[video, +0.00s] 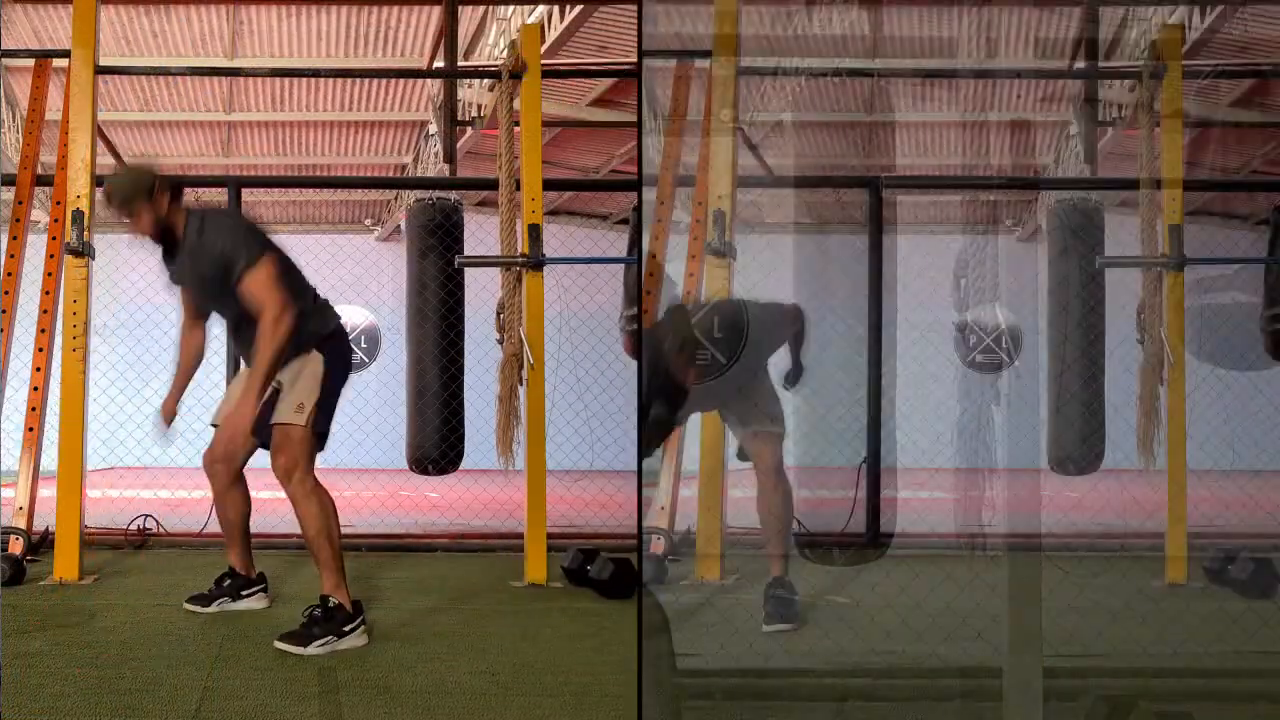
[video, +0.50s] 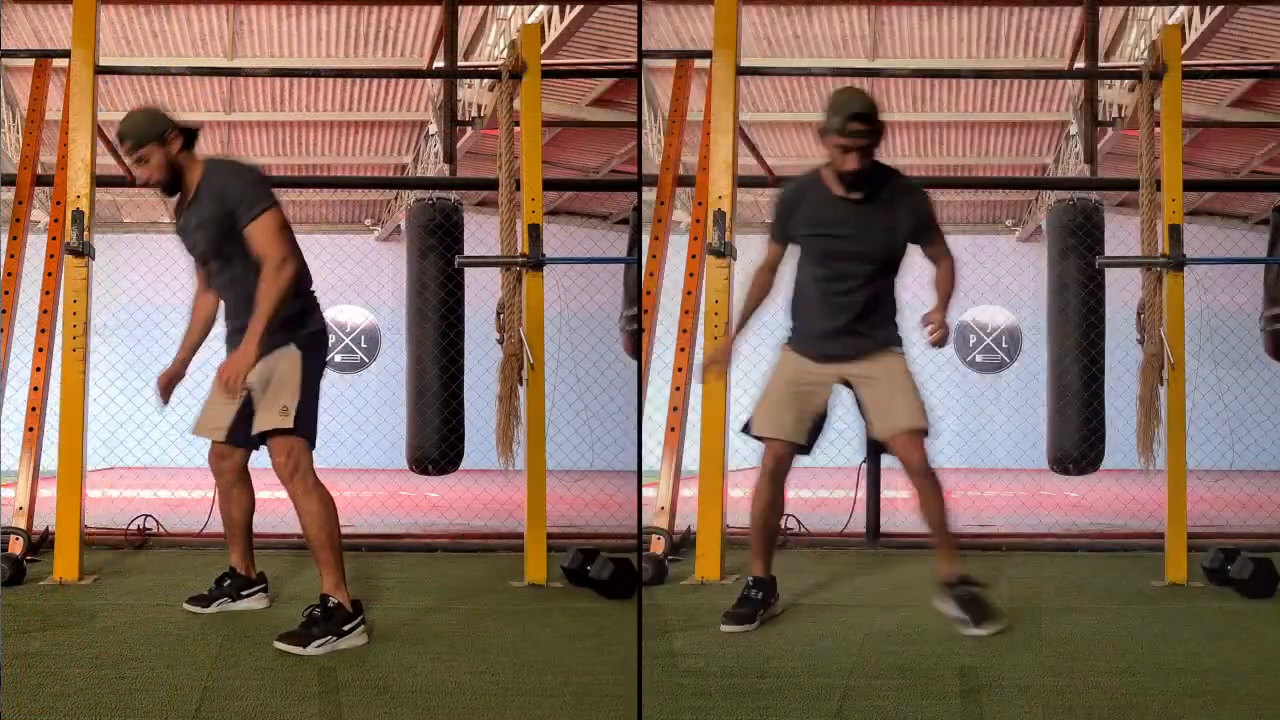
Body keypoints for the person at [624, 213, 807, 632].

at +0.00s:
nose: (692, 375)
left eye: (703, 369)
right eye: (687, 367)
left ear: (730, 354)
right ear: (674, 349)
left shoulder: (757, 325)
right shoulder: (655, 343)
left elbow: (796, 315)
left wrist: (796, 362)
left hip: (743, 379)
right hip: (676, 387)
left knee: (771, 463)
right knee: (637, 456)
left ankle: (778, 582)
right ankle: (644, 554)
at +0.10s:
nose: (717, 292)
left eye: (726, 283)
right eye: (710, 281)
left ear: (742, 276)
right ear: (697, 271)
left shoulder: (778, 286)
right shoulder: (673, 302)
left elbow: (823, 305)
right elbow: (645, 358)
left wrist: (829, 368)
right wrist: (642, 416)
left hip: (761, 375)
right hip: (690, 374)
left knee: (783, 464)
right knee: (636, 458)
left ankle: (779, 585)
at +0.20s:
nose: (757, 222)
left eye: (767, 212)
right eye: (748, 210)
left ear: (783, 202)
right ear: (731, 198)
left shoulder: (815, 230)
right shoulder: (705, 238)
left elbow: (861, 266)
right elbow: (672, 312)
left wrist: (862, 333)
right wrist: (641, 373)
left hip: (791, 358)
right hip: (721, 356)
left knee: (785, 462)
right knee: (671, 448)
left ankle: (779, 584)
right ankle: (619, 548)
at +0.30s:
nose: (790, 177)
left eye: (800, 166)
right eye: (780, 165)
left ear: (815, 155)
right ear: (759, 153)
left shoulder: (846, 193)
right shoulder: (733, 196)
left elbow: (883, 232)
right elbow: (702, 271)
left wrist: (880, 304)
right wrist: (668, 332)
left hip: (819, 335)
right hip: (749, 332)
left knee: (814, 439)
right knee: (711, 431)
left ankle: (799, 569)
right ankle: (695, 553)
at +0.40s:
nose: (818, 164)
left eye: (829, 152)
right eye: (808, 152)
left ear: (845, 142)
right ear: (790, 141)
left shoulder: (876, 187)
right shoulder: (762, 190)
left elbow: (912, 236)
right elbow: (726, 260)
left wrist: (909, 296)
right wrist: (695, 325)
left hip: (850, 332)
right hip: (779, 331)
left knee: (862, 434)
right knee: (747, 441)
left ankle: (869, 561)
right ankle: (743, 568)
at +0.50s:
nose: (853, 162)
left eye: (863, 150)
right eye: (844, 150)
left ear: (877, 142)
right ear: (823, 142)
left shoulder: (905, 198)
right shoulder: (799, 196)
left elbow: (943, 259)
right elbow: (769, 267)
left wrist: (941, 306)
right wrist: (733, 334)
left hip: (878, 353)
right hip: (805, 351)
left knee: (915, 457)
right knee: (774, 458)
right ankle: (759, 584)